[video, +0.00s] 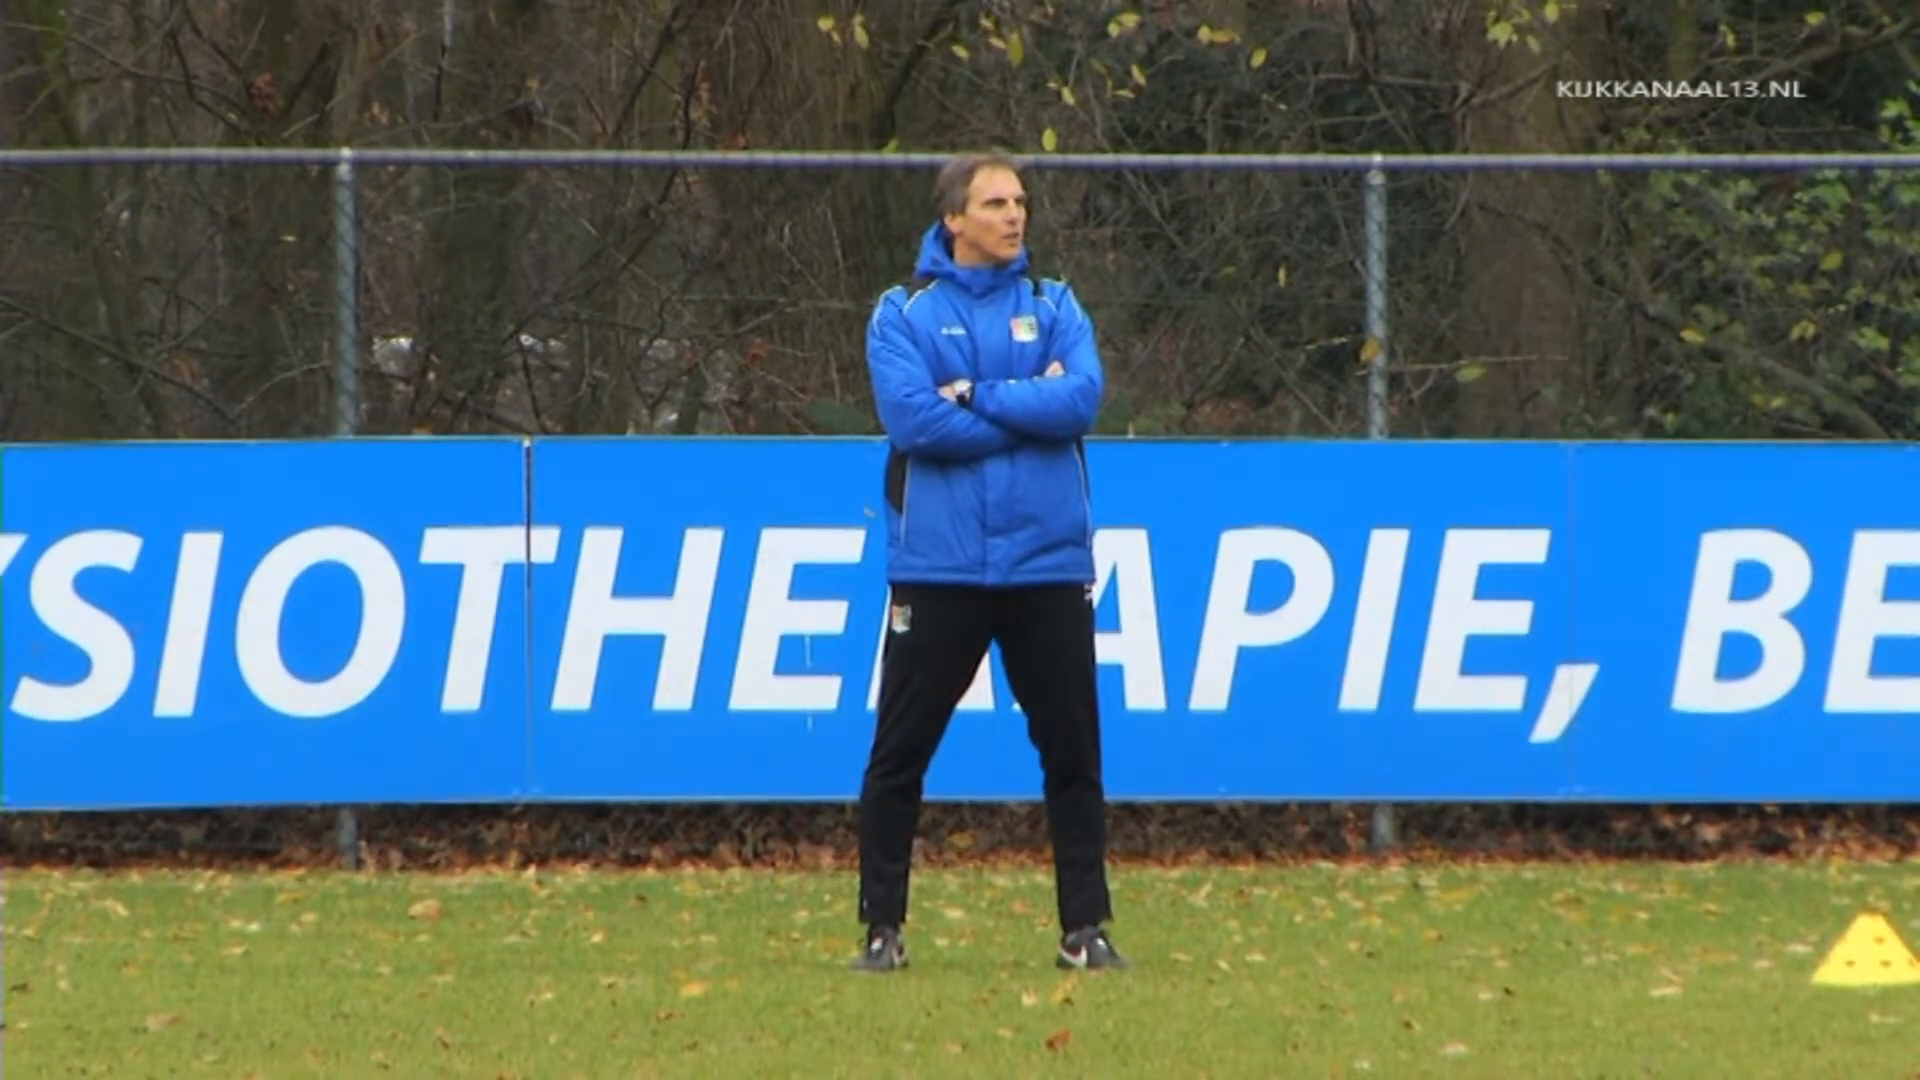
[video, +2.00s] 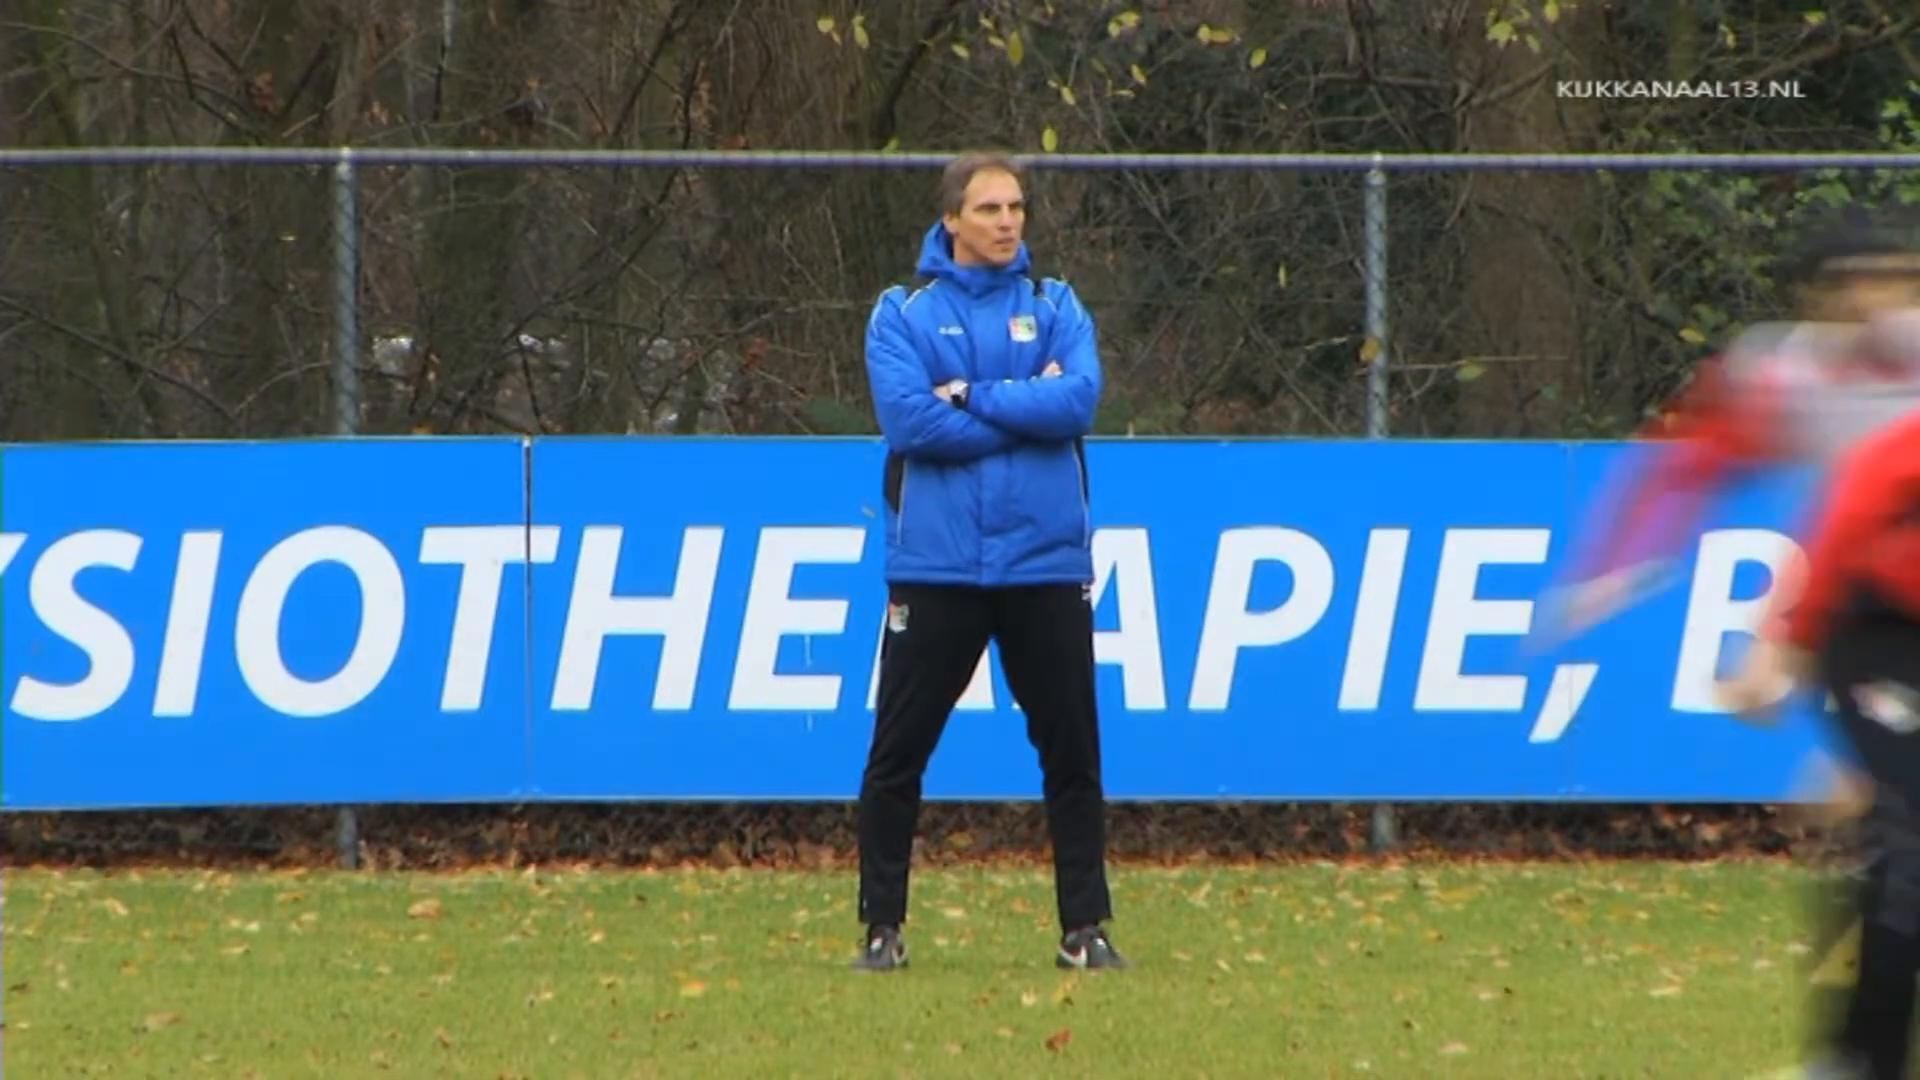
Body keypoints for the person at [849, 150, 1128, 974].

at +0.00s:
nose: (1013, 215)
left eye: (1019, 203)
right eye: (995, 205)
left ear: (1027, 216)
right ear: (954, 221)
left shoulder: (1055, 304)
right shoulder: (902, 313)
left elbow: (1080, 401)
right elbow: (916, 425)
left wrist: (971, 392)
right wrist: (1025, 413)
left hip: (1049, 567)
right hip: (941, 570)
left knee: (1073, 751)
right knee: (901, 752)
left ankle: (1085, 931)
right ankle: (882, 929)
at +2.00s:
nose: (1007, 221)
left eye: (1016, 208)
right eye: (990, 210)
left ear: (1027, 218)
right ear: (952, 222)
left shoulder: (1056, 305)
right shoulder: (900, 312)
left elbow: (1077, 402)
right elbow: (912, 426)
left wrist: (966, 393)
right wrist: (1022, 414)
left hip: (1047, 567)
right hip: (938, 570)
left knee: (1072, 751)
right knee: (899, 752)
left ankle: (1085, 929)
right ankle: (882, 928)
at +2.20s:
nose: (1003, 221)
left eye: (1012, 208)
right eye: (986, 209)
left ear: (1024, 218)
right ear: (950, 221)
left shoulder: (1057, 305)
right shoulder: (899, 312)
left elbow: (1075, 401)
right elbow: (912, 425)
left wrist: (964, 392)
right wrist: (1023, 413)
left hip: (1045, 567)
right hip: (937, 570)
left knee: (1071, 751)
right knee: (899, 753)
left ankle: (1085, 930)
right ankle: (882, 929)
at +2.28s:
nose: (1000, 228)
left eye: (1012, 212)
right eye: (984, 213)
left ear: (1032, 218)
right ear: (951, 221)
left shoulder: (1060, 314)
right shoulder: (905, 318)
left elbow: (1094, 421)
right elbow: (915, 437)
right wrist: (993, 344)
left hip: (1044, 567)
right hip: (940, 570)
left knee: (1070, 742)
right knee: (899, 749)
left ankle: (1085, 927)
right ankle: (883, 926)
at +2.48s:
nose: (1001, 220)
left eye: (1011, 207)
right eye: (984, 208)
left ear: (1024, 217)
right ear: (950, 220)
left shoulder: (1057, 305)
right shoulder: (900, 312)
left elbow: (1076, 402)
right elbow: (911, 424)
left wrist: (965, 392)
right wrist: (1020, 414)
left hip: (1045, 566)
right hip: (935, 569)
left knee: (1071, 751)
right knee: (898, 752)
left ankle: (1085, 930)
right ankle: (882, 929)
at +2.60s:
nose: (999, 220)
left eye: (1010, 206)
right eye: (982, 207)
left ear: (1024, 217)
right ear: (950, 219)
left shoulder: (1058, 304)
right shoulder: (900, 311)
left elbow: (1076, 403)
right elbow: (911, 424)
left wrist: (965, 392)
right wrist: (1020, 414)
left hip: (1045, 566)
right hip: (935, 569)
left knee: (1071, 750)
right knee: (898, 751)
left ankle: (1086, 929)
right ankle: (882, 928)